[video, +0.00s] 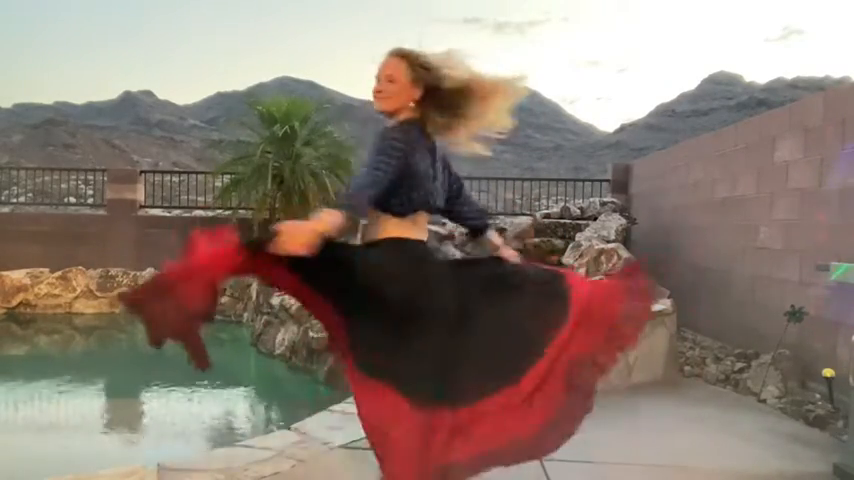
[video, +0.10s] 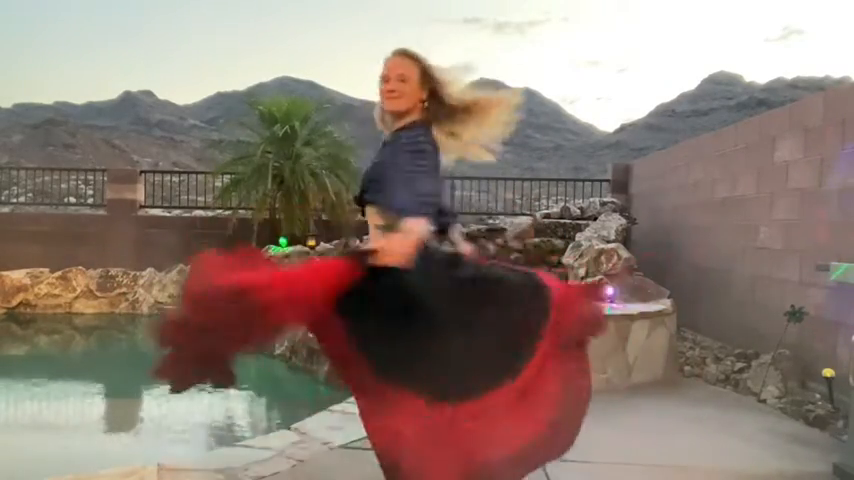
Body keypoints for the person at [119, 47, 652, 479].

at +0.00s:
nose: (377, 88)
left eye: (389, 81)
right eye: (380, 79)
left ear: (416, 93)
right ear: (413, 93)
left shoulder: (396, 136)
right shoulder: (426, 146)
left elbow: (365, 192)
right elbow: (459, 201)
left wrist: (317, 226)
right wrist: (500, 243)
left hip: (386, 264)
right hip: (416, 262)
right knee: (418, 378)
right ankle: (420, 463)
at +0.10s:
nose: (389, 89)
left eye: (400, 82)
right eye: (384, 82)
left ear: (424, 92)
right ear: (381, 89)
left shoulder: (416, 141)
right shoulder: (399, 137)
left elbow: (422, 201)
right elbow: (412, 200)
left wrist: (405, 238)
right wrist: (454, 238)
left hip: (410, 261)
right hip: (397, 257)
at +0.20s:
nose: (400, 80)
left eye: (410, 73)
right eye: (393, 74)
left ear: (428, 84)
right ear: (383, 85)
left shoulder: (428, 137)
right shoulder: (392, 137)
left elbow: (462, 184)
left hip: (426, 266)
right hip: (393, 265)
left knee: (423, 384)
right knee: (387, 385)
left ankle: (430, 466)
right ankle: (407, 466)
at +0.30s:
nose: (403, 74)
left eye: (412, 67)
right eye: (395, 68)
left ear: (430, 76)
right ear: (383, 78)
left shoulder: (440, 134)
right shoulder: (378, 134)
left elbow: (492, 178)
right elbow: (361, 181)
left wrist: (549, 212)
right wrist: (342, 201)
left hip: (419, 252)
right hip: (379, 251)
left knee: (410, 360)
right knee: (389, 357)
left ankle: (415, 462)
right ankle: (410, 460)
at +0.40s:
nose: (405, 72)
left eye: (413, 64)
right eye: (396, 66)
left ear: (428, 74)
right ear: (384, 76)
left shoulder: (449, 132)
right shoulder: (368, 134)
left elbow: (496, 173)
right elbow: (329, 171)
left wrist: (555, 201)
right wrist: (289, 191)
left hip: (433, 253)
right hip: (379, 254)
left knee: (427, 354)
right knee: (385, 354)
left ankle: (422, 453)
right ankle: (394, 453)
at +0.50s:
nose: (405, 77)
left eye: (413, 69)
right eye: (396, 71)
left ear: (431, 76)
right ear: (385, 80)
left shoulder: (450, 136)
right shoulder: (368, 137)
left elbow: (489, 176)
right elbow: (313, 169)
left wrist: (538, 199)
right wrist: (252, 190)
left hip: (441, 261)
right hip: (389, 261)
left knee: (429, 363)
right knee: (396, 366)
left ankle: (408, 450)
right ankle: (398, 460)